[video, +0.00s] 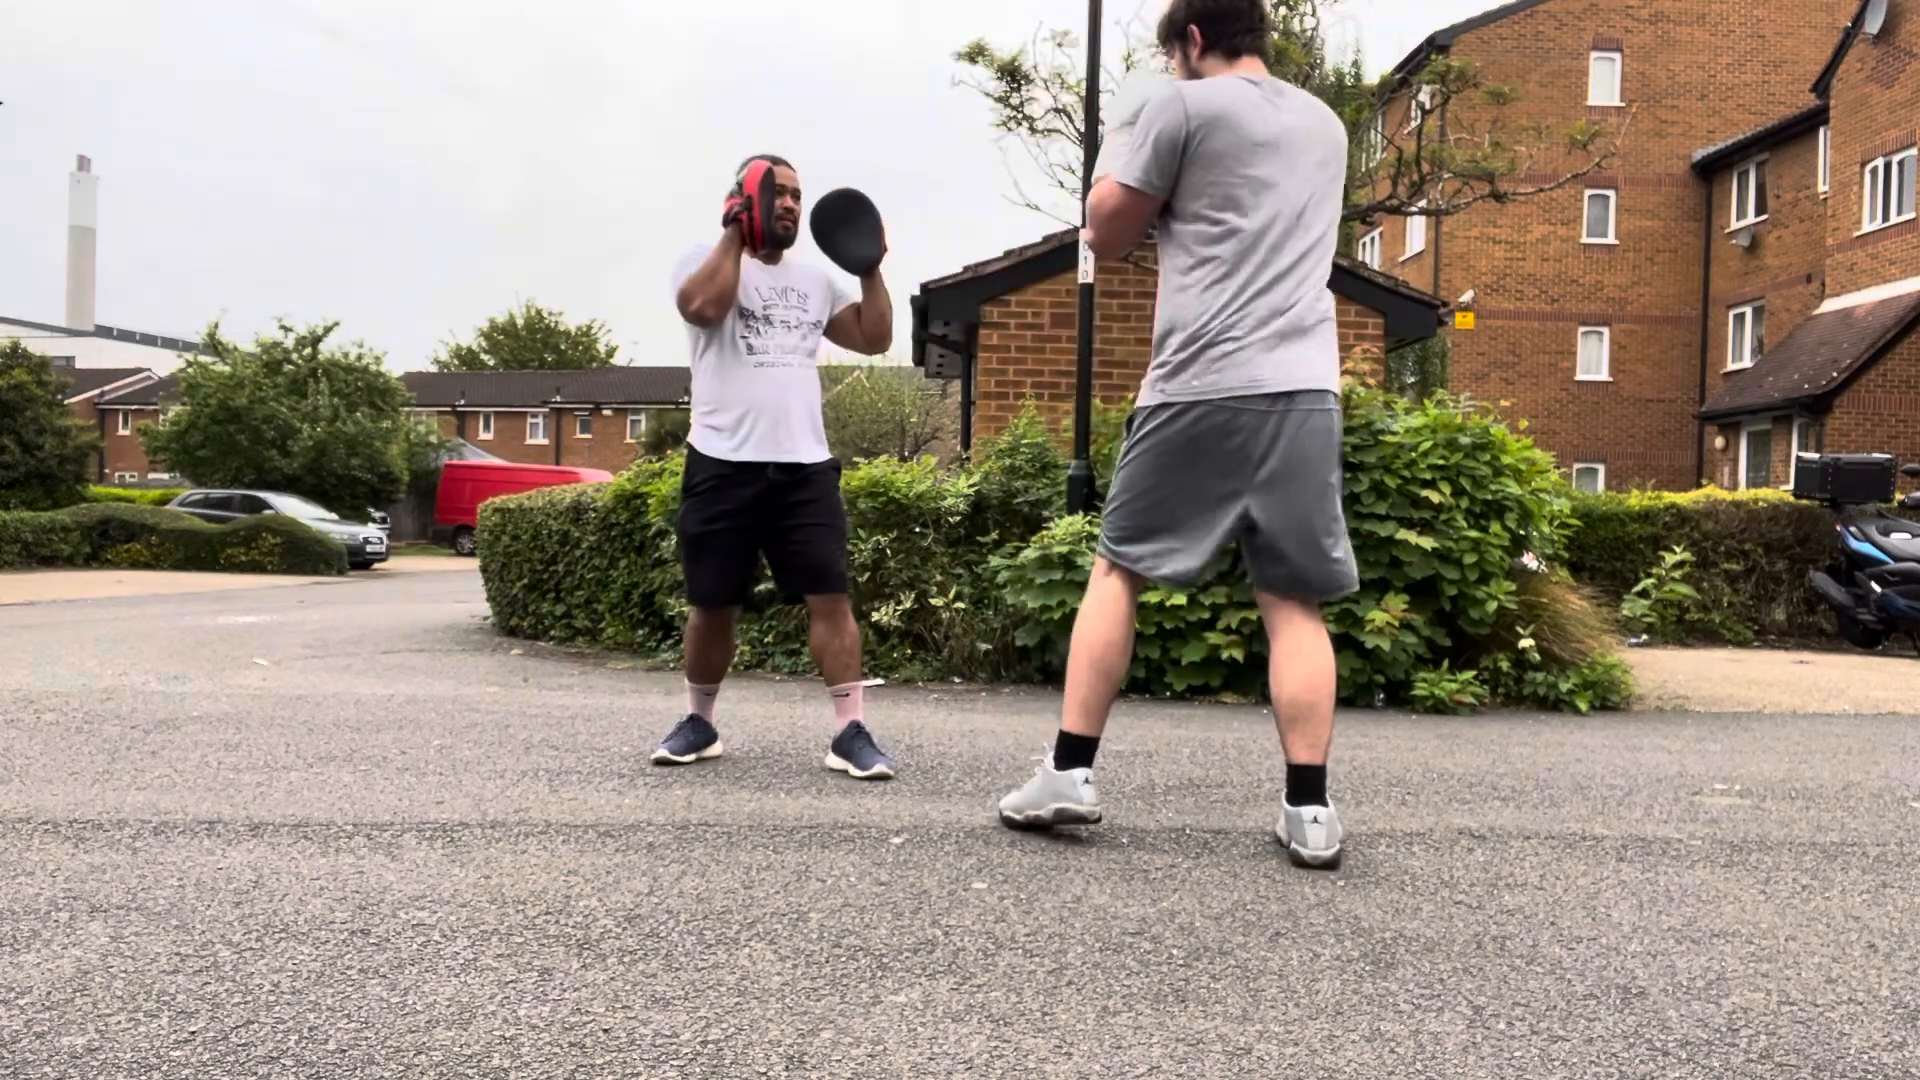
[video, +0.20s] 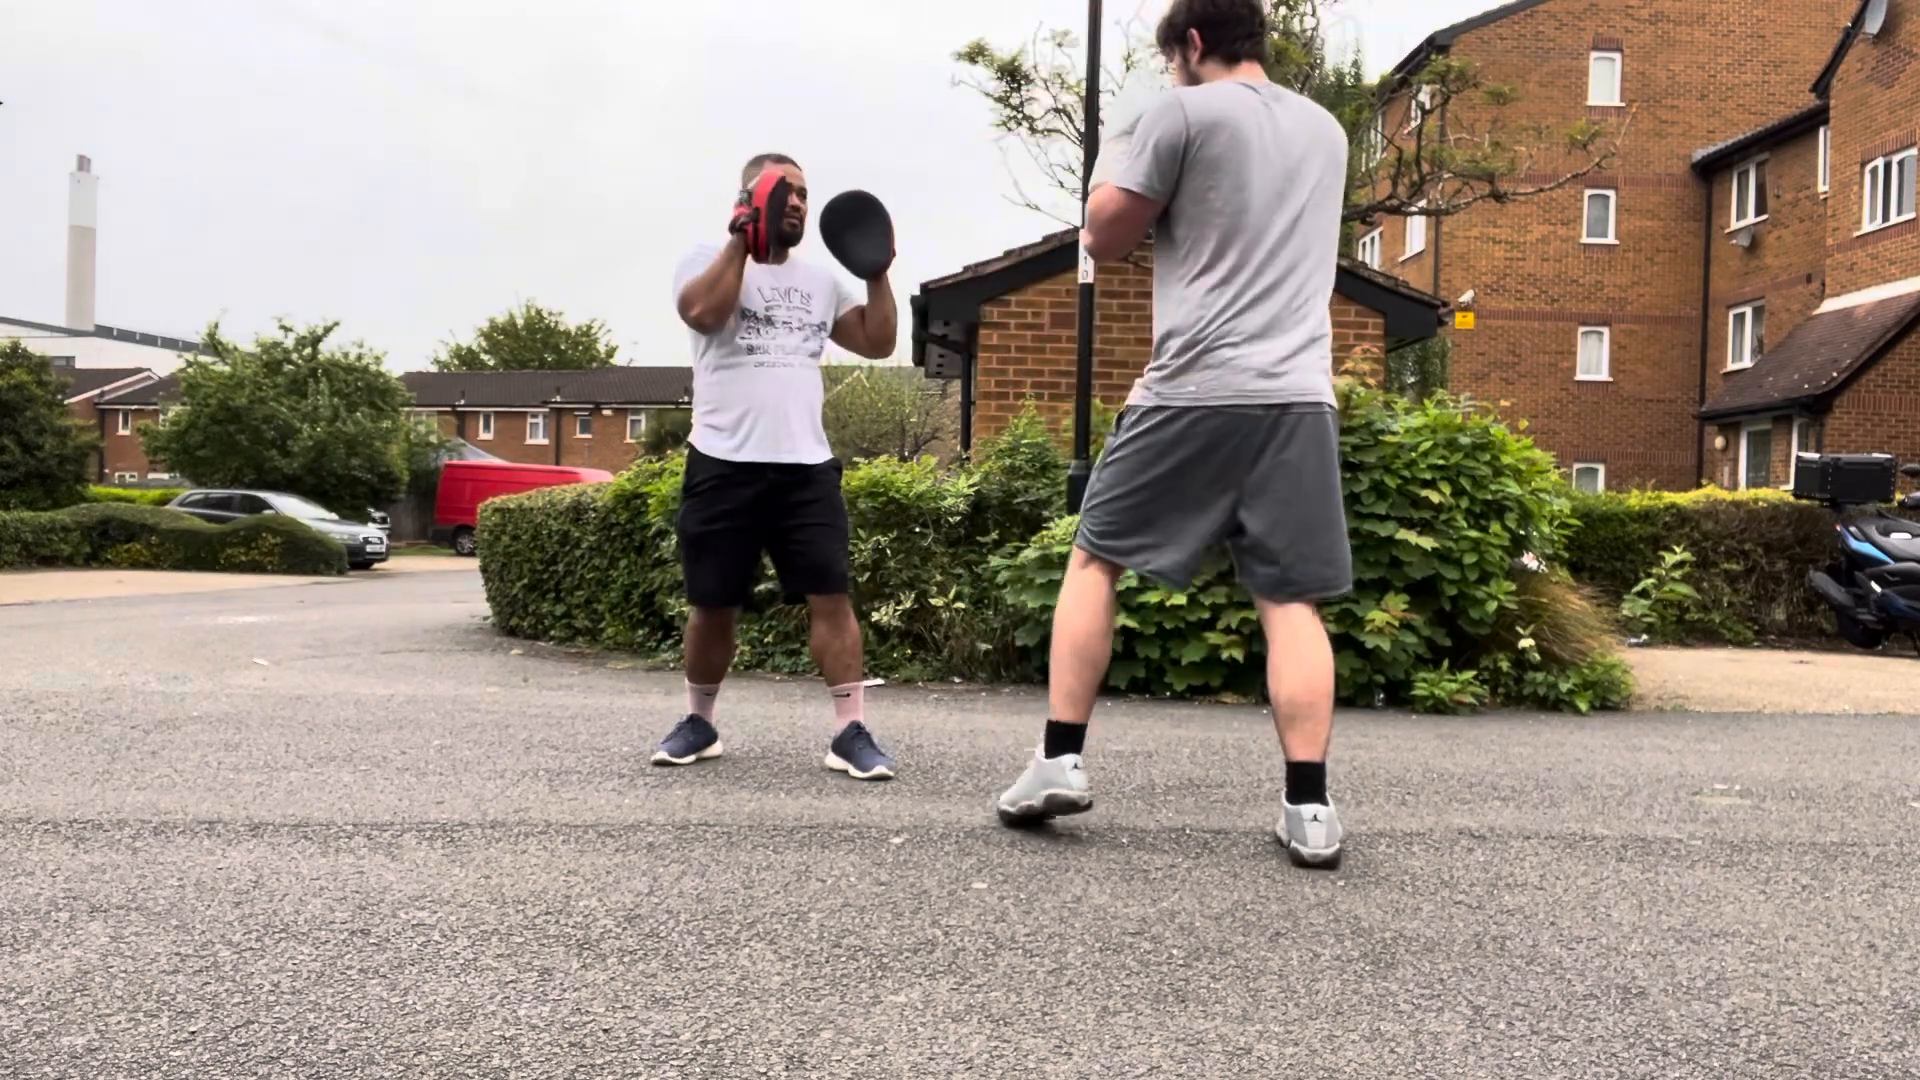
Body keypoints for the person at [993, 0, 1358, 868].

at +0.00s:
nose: (1172, 70)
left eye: (1170, 54)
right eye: (1170, 56)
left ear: (1194, 39)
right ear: (1260, 38)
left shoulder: (1183, 105)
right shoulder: (1326, 122)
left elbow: (1108, 233)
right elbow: (1276, 219)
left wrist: (1115, 174)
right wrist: (1147, 208)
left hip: (1194, 387)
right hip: (1304, 390)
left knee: (1117, 570)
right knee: (1294, 599)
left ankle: (1069, 775)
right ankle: (1310, 811)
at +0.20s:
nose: (1169, 73)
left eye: (1168, 58)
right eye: (1168, 60)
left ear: (1192, 42)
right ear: (1258, 41)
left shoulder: (1182, 108)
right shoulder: (1327, 128)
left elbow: (1108, 236)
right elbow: (1283, 229)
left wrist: (1109, 198)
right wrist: (1149, 216)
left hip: (1190, 393)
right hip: (1299, 398)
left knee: (1095, 561)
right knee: (1290, 596)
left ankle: (1061, 761)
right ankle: (1310, 810)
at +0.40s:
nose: (1147, 74)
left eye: (1146, 59)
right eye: (1149, 60)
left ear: (1165, 48)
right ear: (1232, 47)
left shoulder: (1136, 120)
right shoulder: (1299, 134)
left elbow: (1043, 236)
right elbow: (1260, 226)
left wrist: (1049, 192)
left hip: (1148, 394)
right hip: (1259, 398)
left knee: (1068, 574)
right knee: (1276, 594)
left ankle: (993, 763)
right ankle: (1311, 803)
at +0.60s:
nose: (1050, 87)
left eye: (1048, 76)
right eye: (1049, 77)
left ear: (1068, 69)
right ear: (1133, 61)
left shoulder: (1040, 144)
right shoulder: (1206, 135)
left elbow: (949, 194)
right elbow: (1226, 252)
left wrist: (924, 182)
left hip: (1079, 393)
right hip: (1194, 392)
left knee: (1022, 578)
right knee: (1238, 584)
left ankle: (988, 776)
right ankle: (1310, 775)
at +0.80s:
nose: (974, 92)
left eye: (973, 77)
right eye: (971, 78)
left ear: (994, 72)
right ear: (1057, 63)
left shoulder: (1000, 149)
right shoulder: (1120, 124)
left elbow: (936, 291)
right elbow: (1075, 239)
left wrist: (923, 282)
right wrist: (977, 271)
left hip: (1097, 376)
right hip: (1195, 370)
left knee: (1023, 574)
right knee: (1213, 575)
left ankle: (989, 775)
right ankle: (1308, 760)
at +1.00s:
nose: (983, 97)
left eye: (983, 80)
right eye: (981, 80)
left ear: (1006, 74)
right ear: (1057, 67)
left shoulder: (1037, 152)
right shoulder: (1109, 135)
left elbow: (1013, 301)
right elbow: (1047, 237)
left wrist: (953, 283)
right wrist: (953, 216)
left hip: (1109, 389)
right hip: (1199, 375)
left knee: (1021, 572)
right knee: (1236, 575)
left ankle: (991, 780)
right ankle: (1342, 765)